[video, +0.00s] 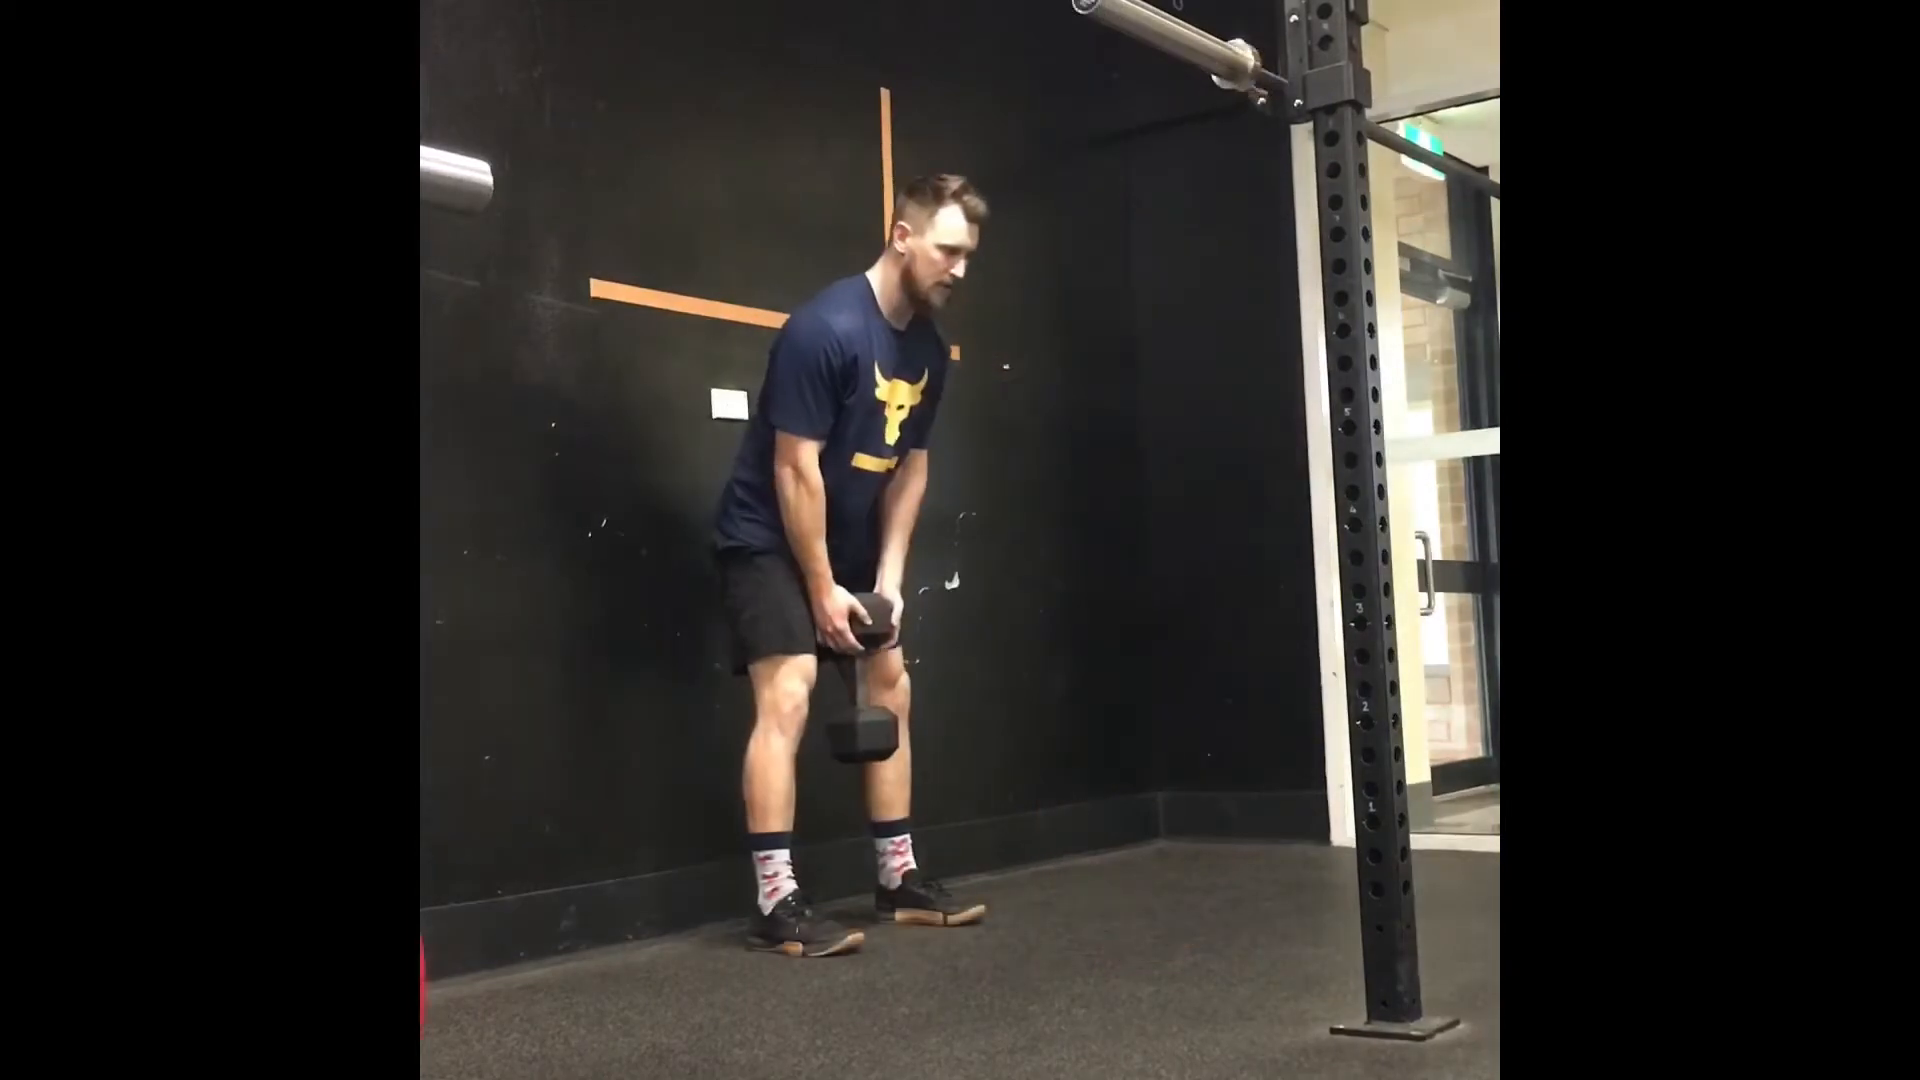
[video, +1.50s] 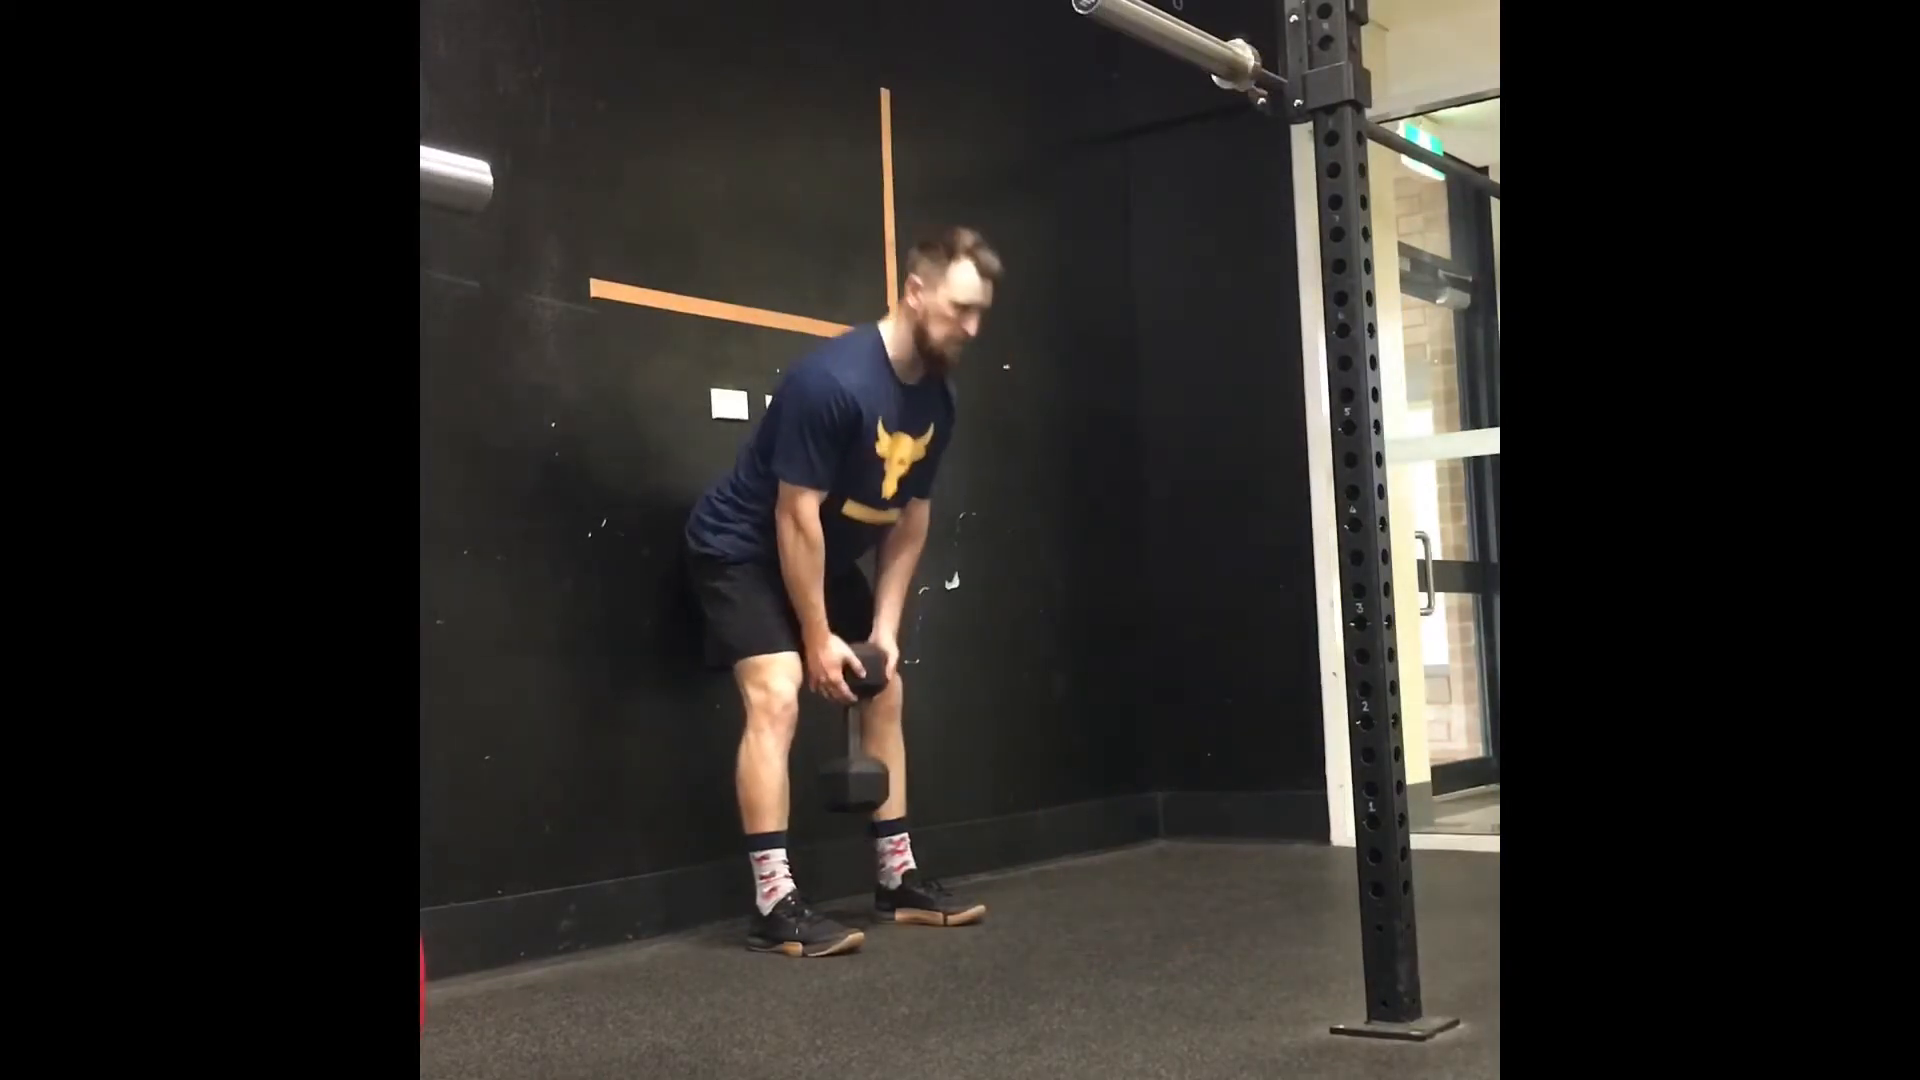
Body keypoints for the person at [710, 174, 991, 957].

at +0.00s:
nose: (958, 269)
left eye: (967, 255)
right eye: (947, 249)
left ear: (967, 258)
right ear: (900, 238)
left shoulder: (929, 349)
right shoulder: (821, 331)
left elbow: (907, 469)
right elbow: (796, 470)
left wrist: (888, 582)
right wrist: (821, 587)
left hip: (851, 544)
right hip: (769, 538)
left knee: (889, 688)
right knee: (786, 698)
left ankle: (898, 883)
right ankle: (777, 905)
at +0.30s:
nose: (984, 317)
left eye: (991, 302)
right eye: (974, 298)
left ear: (986, 301)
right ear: (926, 285)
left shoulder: (943, 384)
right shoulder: (836, 366)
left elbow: (909, 503)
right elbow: (802, 507)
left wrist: (885, 617)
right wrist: (817, 624)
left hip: (840, 544)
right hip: (754, 539)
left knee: (884, 683)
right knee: (779, 699)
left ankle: (898, 883)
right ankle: (775, 904)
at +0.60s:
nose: (996, 357)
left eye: (1005, 342)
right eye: (986, 337)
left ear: (1006, 341)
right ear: (937, 323)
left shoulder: (950, 417)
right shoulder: (846, 401)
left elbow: (910, 535)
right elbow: (807, 539)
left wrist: (882, 648)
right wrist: (816, 656)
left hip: (830, 551)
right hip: (744, 541)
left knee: (882, 686)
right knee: (774, 692)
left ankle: (897, 881)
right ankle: (774, 904)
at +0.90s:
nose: (999, 387)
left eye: (1008, 373)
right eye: (990, 368)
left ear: (1008, 369)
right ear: (942, 353)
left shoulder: (952, 441)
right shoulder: (849, 429)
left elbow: (908, 557)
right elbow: (807, 560)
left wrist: (884, 669)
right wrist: (814, 682)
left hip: (823, 560)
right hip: (735, 548)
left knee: (881, 691)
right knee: (772, 698)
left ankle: (898, 879)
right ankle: (776, 904)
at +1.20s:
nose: (999, 391)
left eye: (1008, 377)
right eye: (989, 372)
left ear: (1009, 374)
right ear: (942, 356)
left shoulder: (952, 445)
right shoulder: (848, 430)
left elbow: (910, 560)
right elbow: (805, 560)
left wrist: (883, 668)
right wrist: (812, 682)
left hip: (826, 559)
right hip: (735, 547)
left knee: (880, 689)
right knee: (772, 697)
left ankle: (897, 878)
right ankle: (776, 902)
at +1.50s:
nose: (972, 329)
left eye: (981, 315)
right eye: (961, 309)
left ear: (986, 312)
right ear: (914, 293)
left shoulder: (936, 397)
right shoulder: (830, 381)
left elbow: (908, 526)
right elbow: (796, 520)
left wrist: (882, 631)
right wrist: (815, 636)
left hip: (825, 546)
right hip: (742, 542)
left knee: (883, 684)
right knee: (774, 696)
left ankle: (896, 881)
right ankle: (775, 906)